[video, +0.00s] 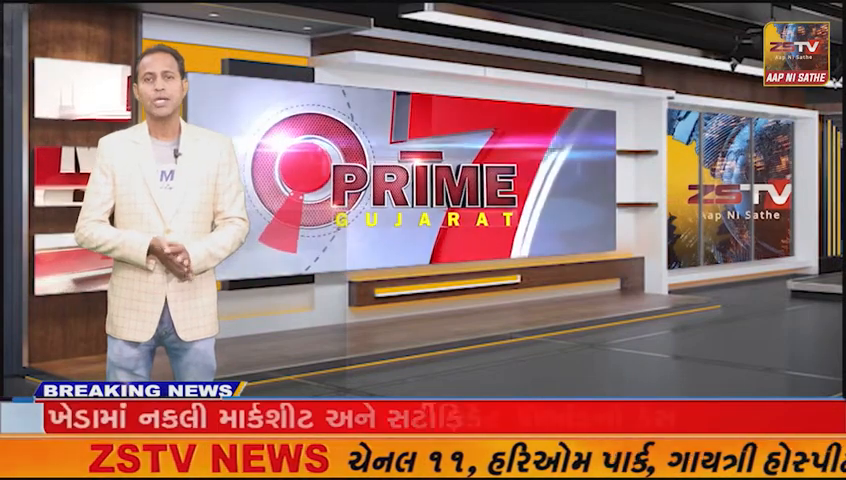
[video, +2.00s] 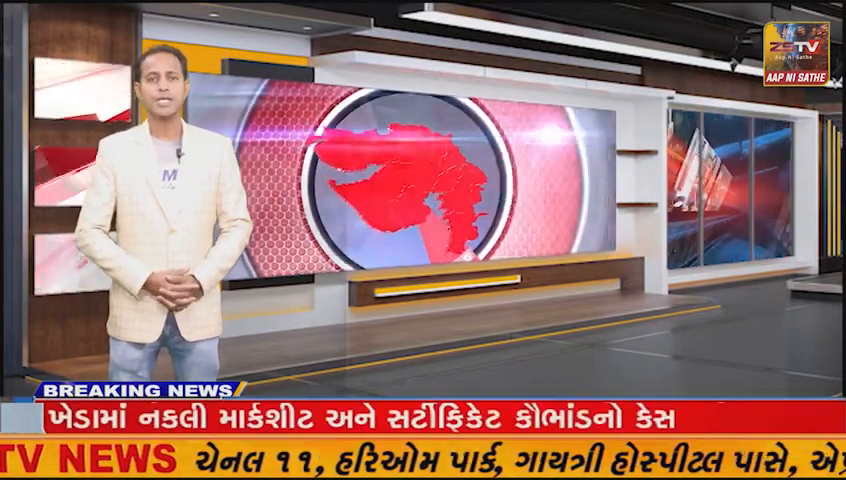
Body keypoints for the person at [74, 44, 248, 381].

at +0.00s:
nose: (159, 86)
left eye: (168, 76)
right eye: (149, 78)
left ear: (184, 86)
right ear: (136, 91)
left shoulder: (217, 147)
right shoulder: (113, 147)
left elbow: (235, 222)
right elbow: (88, 228)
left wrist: (195, 256)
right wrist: (147, 245)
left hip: (193, 302)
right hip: (132, 303)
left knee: (199, 413)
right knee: (123, 416)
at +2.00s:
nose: (163, 86)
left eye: (172, 77)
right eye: (152, 78)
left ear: (186, 87)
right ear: (139, 90)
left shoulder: (217, 148)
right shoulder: (114, 149)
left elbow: (238, 224)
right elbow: (89, 232)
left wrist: (200, 279)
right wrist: (146, 279)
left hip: (198, 309)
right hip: (134, 310)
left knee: (203, 420)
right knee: (126, 421)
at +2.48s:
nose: (164, 86)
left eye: (173, 78)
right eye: (154, 78)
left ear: (187, 87)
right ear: (140, 89)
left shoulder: (219, 147)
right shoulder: (114, 149)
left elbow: (239, 224)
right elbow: (92, 232)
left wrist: (201, 279)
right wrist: (145, 279)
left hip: (198, 310)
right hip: (134, 310)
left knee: (204, 420)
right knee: (127, 421)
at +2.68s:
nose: (165, 87)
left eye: (174, 77)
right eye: (154, 78)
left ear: (187, 88)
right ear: (140, 89)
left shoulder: (219, 147)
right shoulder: (115, 148)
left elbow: (239, 224)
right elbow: (92, 232)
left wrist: (202, 279)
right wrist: (145, 279)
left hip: (199, 310)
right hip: (135, 311)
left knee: (205, 420)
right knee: (127, 422)